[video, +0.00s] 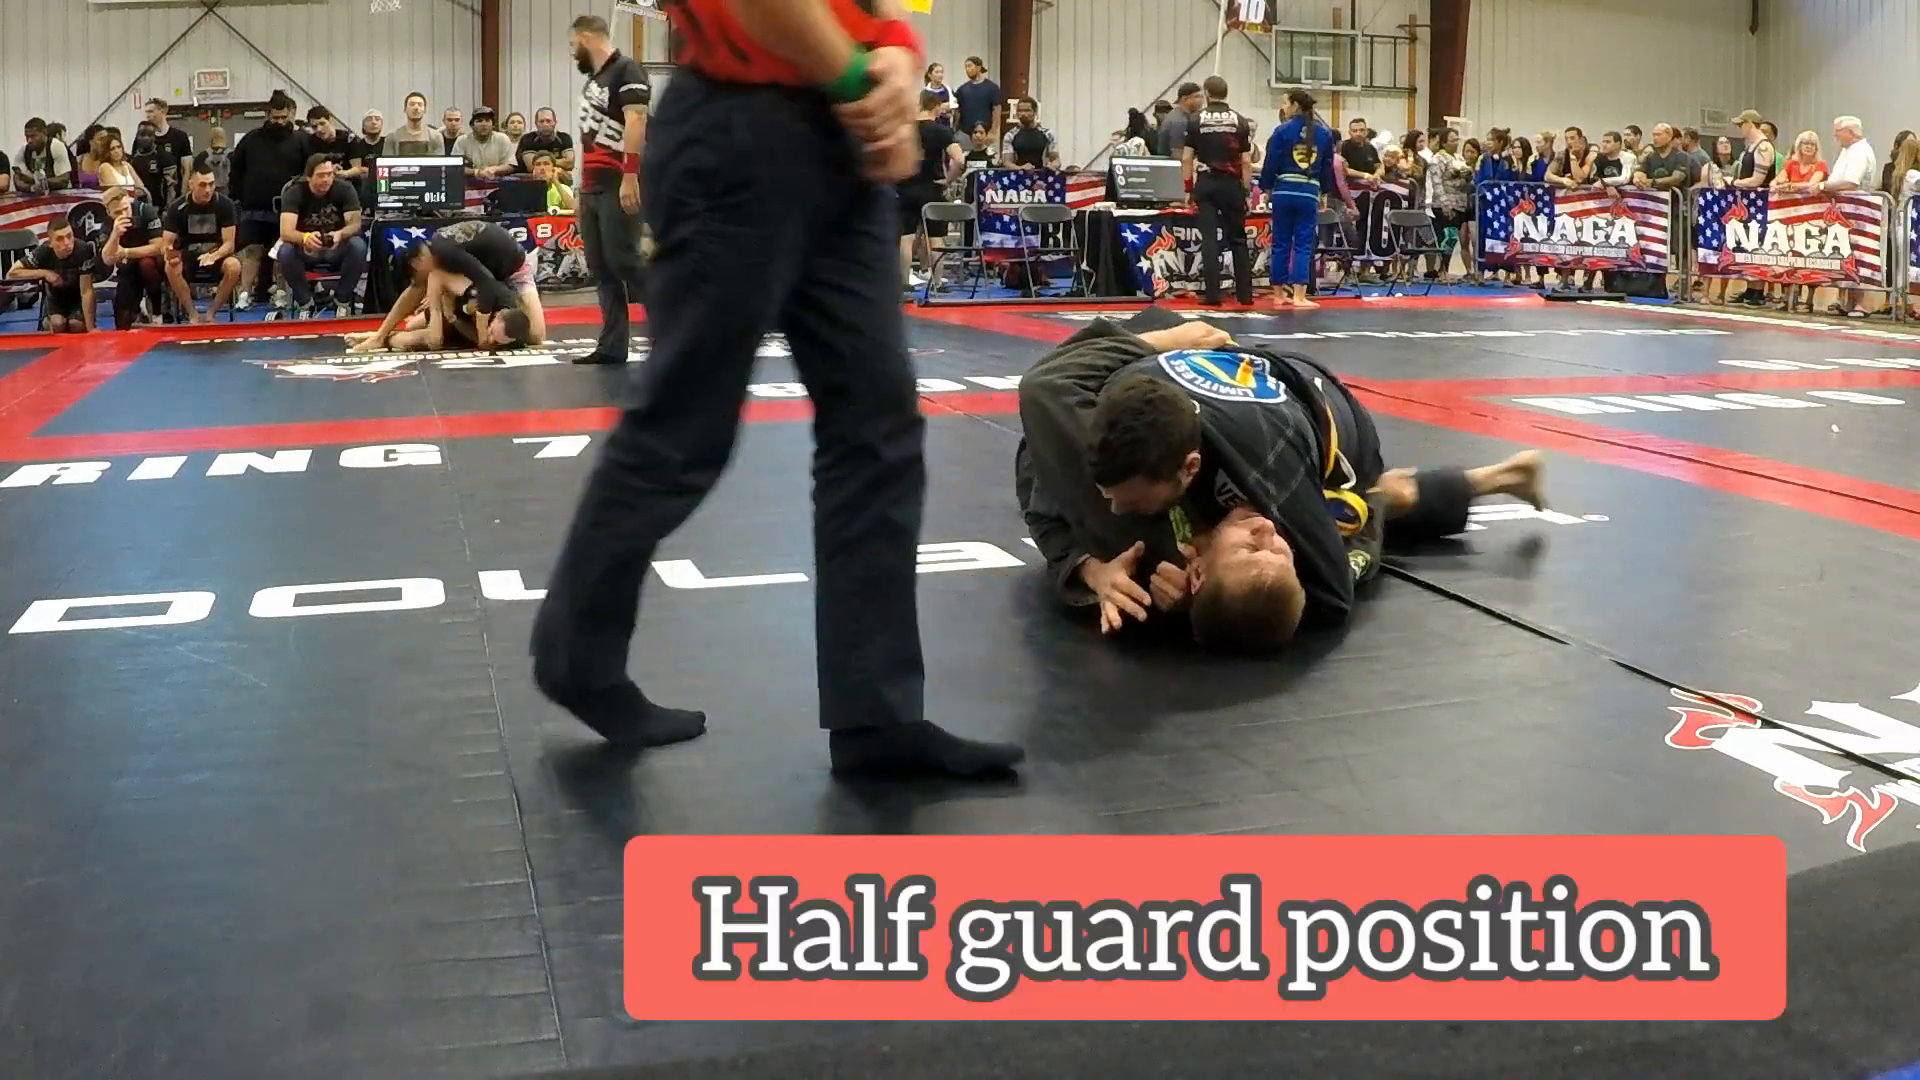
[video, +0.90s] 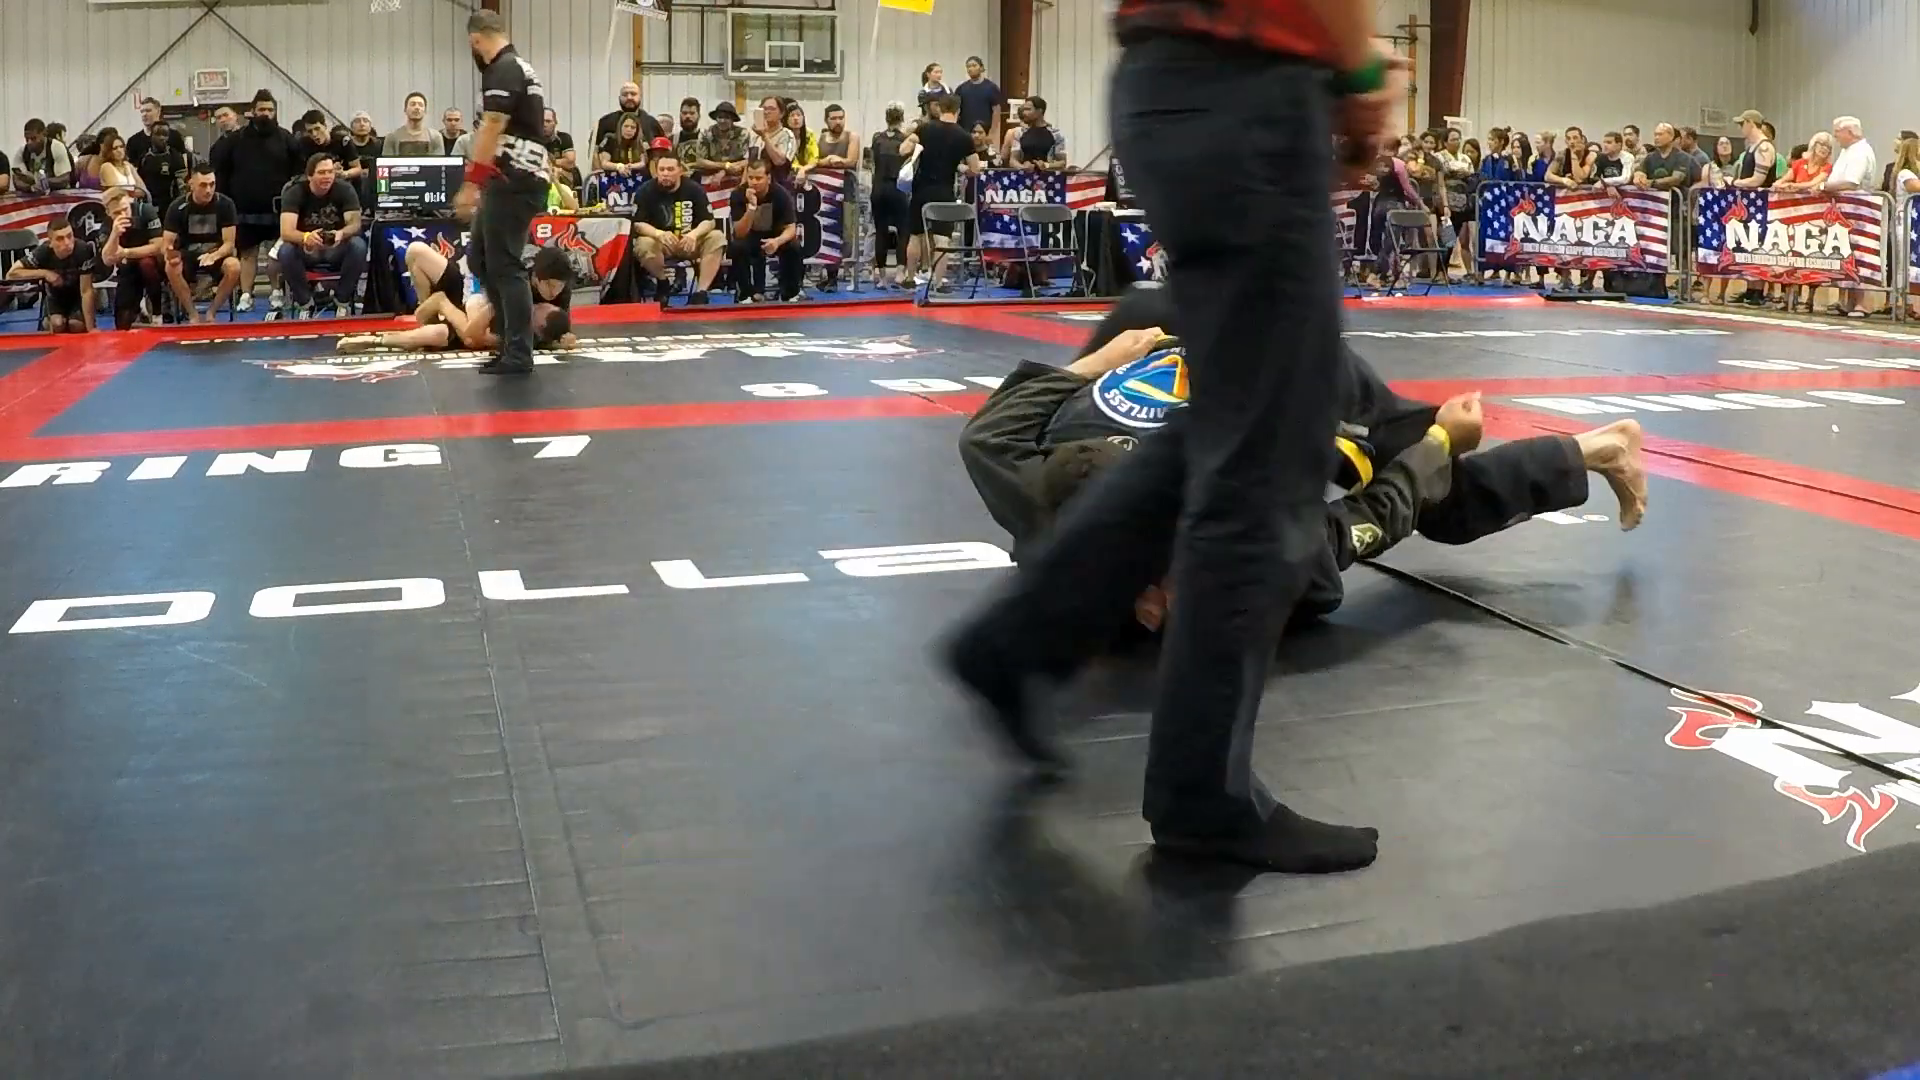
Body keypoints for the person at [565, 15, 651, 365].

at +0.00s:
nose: (572, 51)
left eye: (574, 44)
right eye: (572, 46)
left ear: (587, 39)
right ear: (591, 40)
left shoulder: (628, 71)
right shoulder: (593, 81)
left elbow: (636, 123)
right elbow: (587, 141)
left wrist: (630, 175)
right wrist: (581, 190)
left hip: (616, 186)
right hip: (591, 188)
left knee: (623, 262)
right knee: (603, 270)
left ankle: (667, 327)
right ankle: (612, 348)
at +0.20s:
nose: (552, 50)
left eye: (553, 43)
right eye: (552, 44)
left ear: (566, 37)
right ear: (570, 38)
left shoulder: (611, 69)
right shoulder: (573, 80)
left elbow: (625, 121)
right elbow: (566, 135)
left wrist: (623, 174)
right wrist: (549, 180)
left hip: (603, 176)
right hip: (580, 177)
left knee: (592, 255)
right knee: (591, 257)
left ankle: (614, 345)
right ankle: (609, 343)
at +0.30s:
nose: (542, 52)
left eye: (542, 45)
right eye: (541, 46)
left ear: (554, 38)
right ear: (558, 39)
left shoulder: (598, 70)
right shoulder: (563, 80)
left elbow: (614, 125)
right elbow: (558, 135)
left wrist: (613, 178)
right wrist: (535, 176)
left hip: (589, 178)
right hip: (571, 179)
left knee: (573, 257)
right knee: (593, 259)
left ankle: (567, 349)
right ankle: (612, 344)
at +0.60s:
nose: (512, 53)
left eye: (512, 46)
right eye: (511, 47)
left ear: (522, 41)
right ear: (533, 39)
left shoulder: (553, 75)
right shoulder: (541, 76)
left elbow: (560, 135)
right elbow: (537, 138)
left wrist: (555, 189)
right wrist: (505, 168)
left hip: (545, 182)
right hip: (543, 179)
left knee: (525, 264)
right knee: (562, 263)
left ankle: (520, 355)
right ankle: (604, 336)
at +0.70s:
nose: (498, 52)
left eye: (497, 45)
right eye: (497, 46)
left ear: (505, 39)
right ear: (521, 37)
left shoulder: (536, 72)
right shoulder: (529, 71)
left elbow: (537, 132)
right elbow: (527, 132)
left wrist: (529, 187)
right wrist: (507, 172)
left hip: (534, 180)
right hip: (530, 178)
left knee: (518, 264)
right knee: (530, 262)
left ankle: (519, 355)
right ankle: (588, 328)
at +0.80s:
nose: (486, 52)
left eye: (486, 46)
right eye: (485, 46)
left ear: (494, 40)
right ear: (511, 37)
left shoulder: (517, 72)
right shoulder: (526, 70)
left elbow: (515, 131)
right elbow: (526, 131)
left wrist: (500, 184)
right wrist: (500, 171)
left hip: (527, 178)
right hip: (530, 178)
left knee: (510, 262)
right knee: (497, 260)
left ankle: (519, 354)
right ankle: (557, 331)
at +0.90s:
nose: (472, 52)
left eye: (472, 45)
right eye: (471, 46)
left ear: (478, 39)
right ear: (500, 36)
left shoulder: (503, 69)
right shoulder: (516, 67)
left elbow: (492, 128)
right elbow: (501, 129)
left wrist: (472, 179)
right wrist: (483, 177)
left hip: (515, 179)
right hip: (511, 178)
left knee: (505, 264)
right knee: (482, 259)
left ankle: (518, 355)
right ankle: (510, 345)